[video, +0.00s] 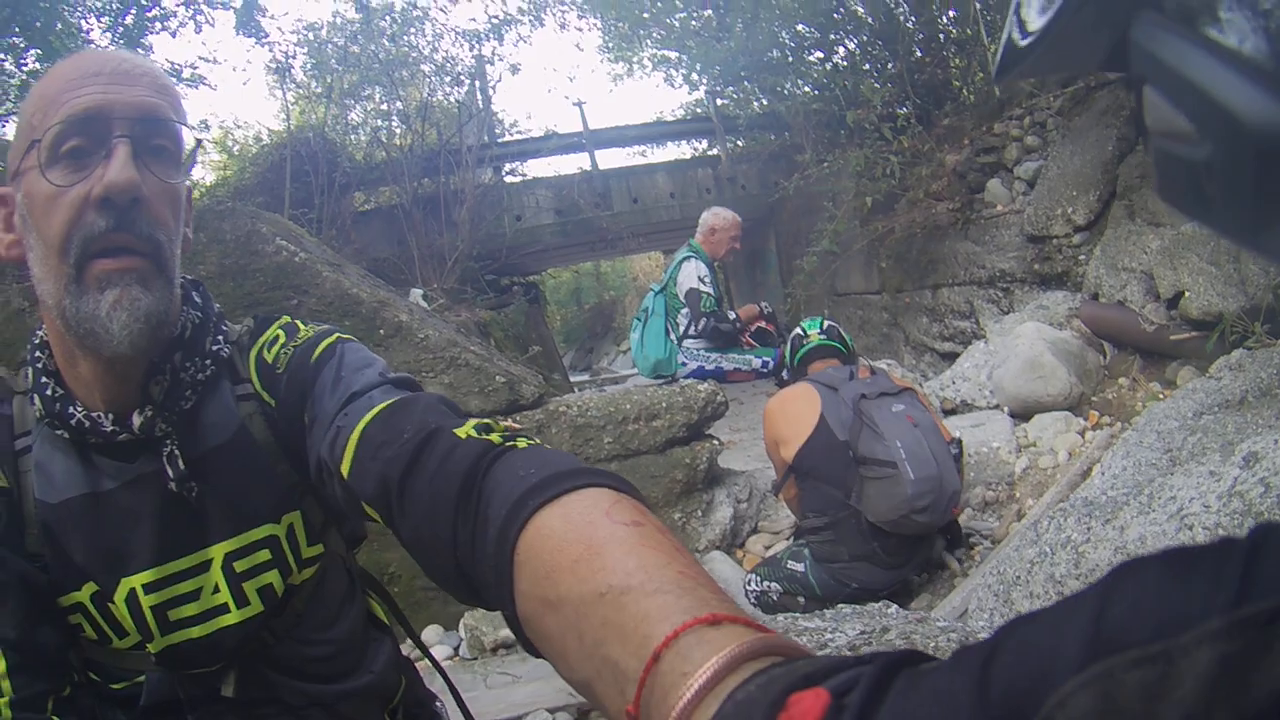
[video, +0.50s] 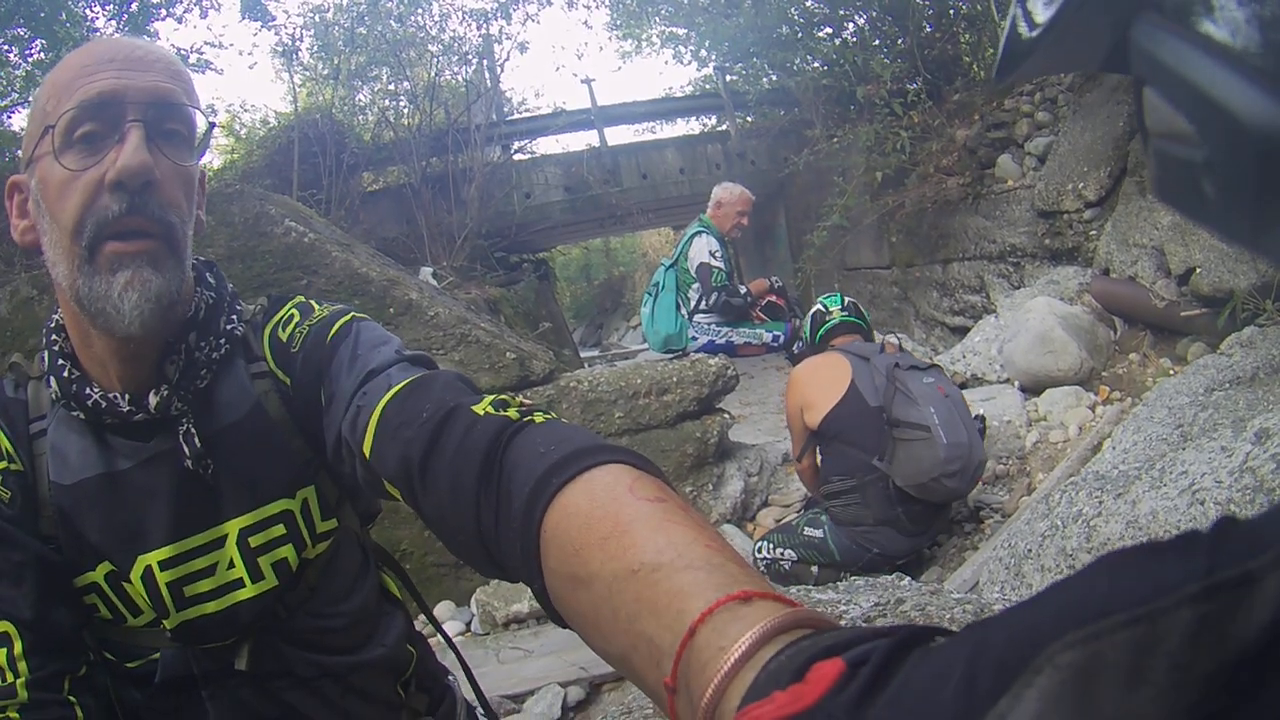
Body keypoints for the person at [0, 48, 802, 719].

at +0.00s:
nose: (125, 180)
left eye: (156, 153)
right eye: (77, 151)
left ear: (185, 209)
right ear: (12, 222)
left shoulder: (276, 366)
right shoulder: (17, 454)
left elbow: (487, 491)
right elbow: (32, 697)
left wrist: (745, 692)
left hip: (376, 706)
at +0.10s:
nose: (158, 186)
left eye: (189, 159)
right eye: (112, 158)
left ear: (217, 212)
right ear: (40, 226)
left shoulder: (305, 371)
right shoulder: (24, 455)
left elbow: (516, 494)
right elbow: (33, 696)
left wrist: (793, 684)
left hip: (387, 700)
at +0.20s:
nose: (150, 181)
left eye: (181, 151)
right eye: (103, 153)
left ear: (211, 207)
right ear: (35, 222)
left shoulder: (296, 364)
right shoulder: (25, 457)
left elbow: (514, 489)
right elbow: (35, 699)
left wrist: (778, 686)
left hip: (387, 701)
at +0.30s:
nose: (141, 177)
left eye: (173, 147)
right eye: (95, 148)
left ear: (203, 203)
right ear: (28, 218)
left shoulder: (291, 357)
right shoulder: (24, 454)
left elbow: (502, 478)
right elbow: (38, 698)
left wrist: (775, 680)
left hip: (392, 697)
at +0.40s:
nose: (139, 170)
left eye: (171, 141)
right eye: (94, 142)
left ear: (201, 200)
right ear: (27, 213)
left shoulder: (292, 353)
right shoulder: (22, 447)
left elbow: (502, 470)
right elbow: (36, 692)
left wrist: (769, 670)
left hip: (388, 692)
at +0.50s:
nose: (136, 163)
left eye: (168, 134)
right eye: (90, 136)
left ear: (200, 194)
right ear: (25, 210)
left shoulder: (292, 350)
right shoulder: (22, 441)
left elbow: (512, 468)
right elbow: (39, 696)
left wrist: (774, 674)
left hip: (389, 703)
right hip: (174, 710)